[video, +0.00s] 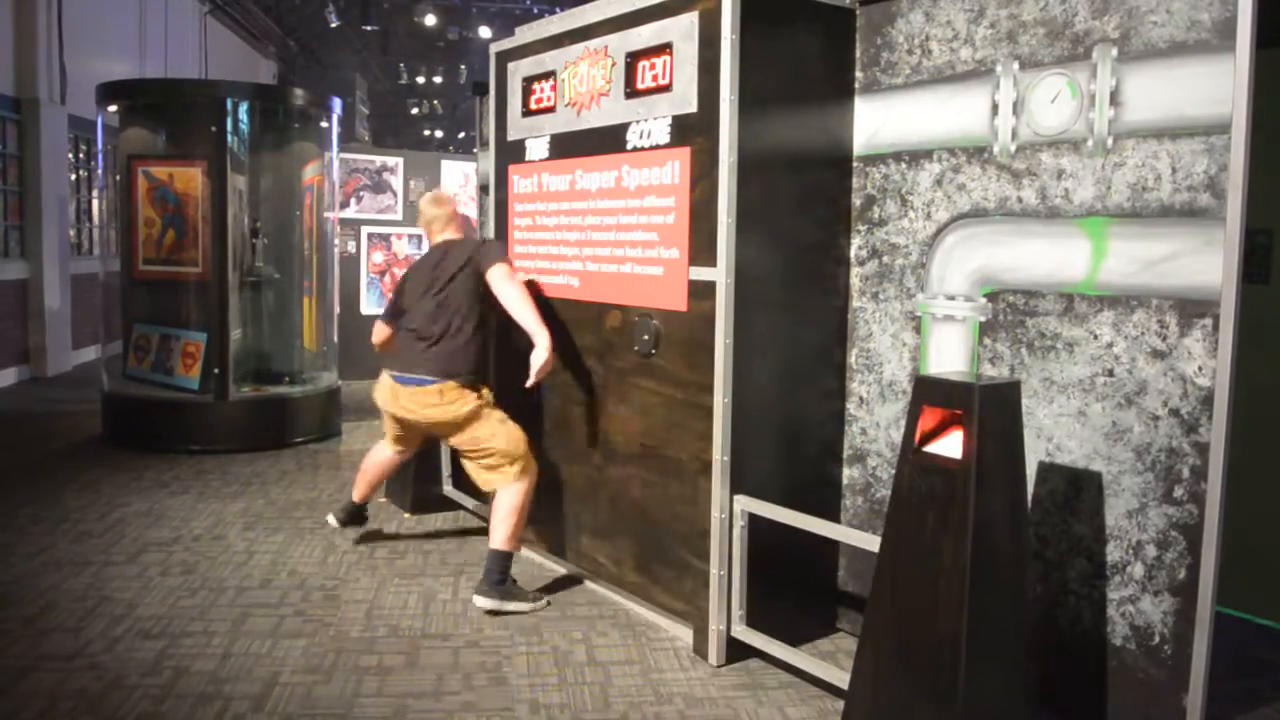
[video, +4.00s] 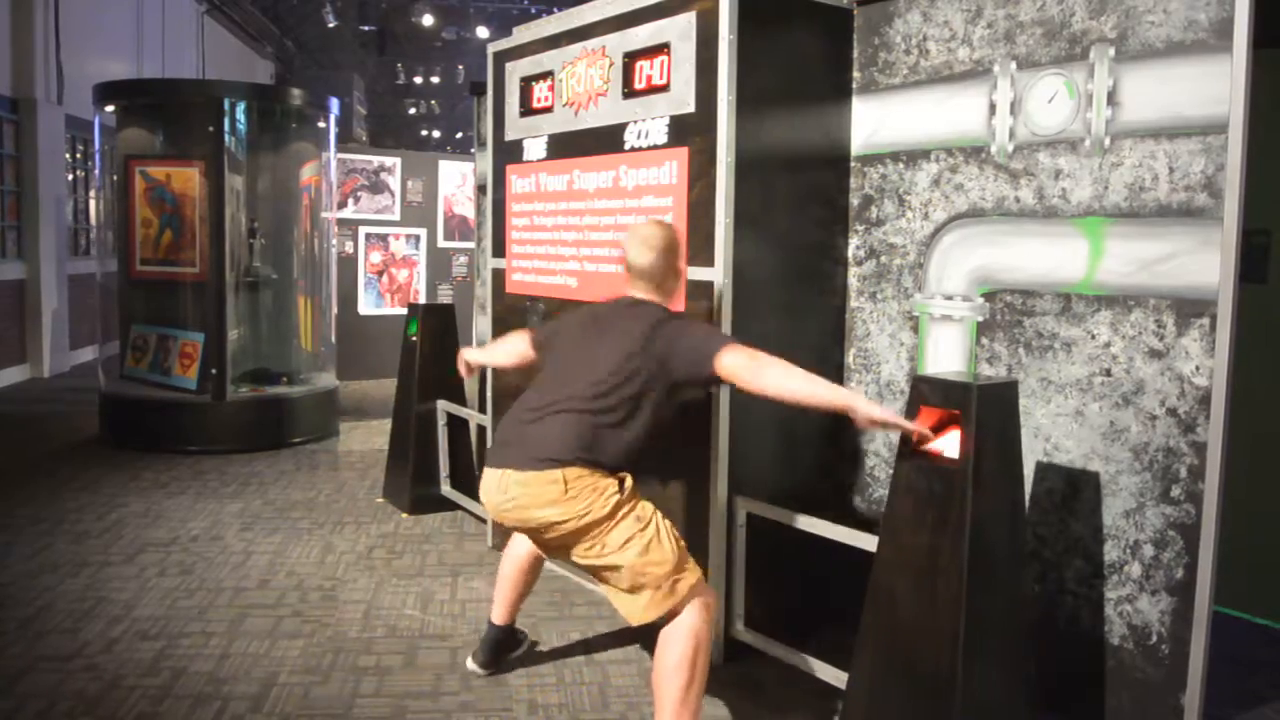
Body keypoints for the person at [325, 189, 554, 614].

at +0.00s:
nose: (466, 220)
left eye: (461, 215)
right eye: (462, 215)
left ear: (425, 231)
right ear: (460, 220)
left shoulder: (413, 272)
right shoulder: (481, 249)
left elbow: (380, 337)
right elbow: (504, 283)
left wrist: (414, 352)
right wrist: (541, 338)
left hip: (395, 389)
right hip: (445, 394)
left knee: (396, 444)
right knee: (518, 468)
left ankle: (351, 509)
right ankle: (495, 582)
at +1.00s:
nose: (534, 176)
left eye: (533, 167)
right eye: (526, 168)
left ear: (487, 176)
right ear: (494, 174)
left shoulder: (460, 226)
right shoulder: (508, 210)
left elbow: (413, 275)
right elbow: (545, 242)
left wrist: (378, 320)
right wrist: (607, 261)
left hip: (432, 363)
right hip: (465, 374)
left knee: (510, 439)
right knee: (479, 480)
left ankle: (463, 547)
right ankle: (383, 540)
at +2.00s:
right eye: (561, 174)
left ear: (513, 178)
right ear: (561, 178)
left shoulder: (483, 222)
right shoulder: (568, 227)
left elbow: (429, 243)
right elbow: (586, 295)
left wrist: (403, 266)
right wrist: (633, 376)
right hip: (517, 371)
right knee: (574, 494)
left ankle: (546, 617)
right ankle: (517, 634)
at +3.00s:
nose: (459, 204)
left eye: (459, 194)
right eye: (450, 195)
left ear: (429, 203)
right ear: (422, 202)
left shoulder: (421, 251)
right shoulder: (410, 239)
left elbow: (372, 307)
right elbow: (440, 249)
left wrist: (345, 354)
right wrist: (508, 259)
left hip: (388, 379)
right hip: (370, 378)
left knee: (371, 454)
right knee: (402, 486)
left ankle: (353, 513)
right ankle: (338, 563)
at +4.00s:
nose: (681, 267)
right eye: (682, 262)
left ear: (623, 270)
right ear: (680, 272)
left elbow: (515, 348)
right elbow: (752, 369)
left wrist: (475, 356)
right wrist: (854, 403)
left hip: (500, 482)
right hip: (568, 488)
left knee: (537, 527)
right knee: (690, 603)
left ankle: (495, 639)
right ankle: (676, 714)